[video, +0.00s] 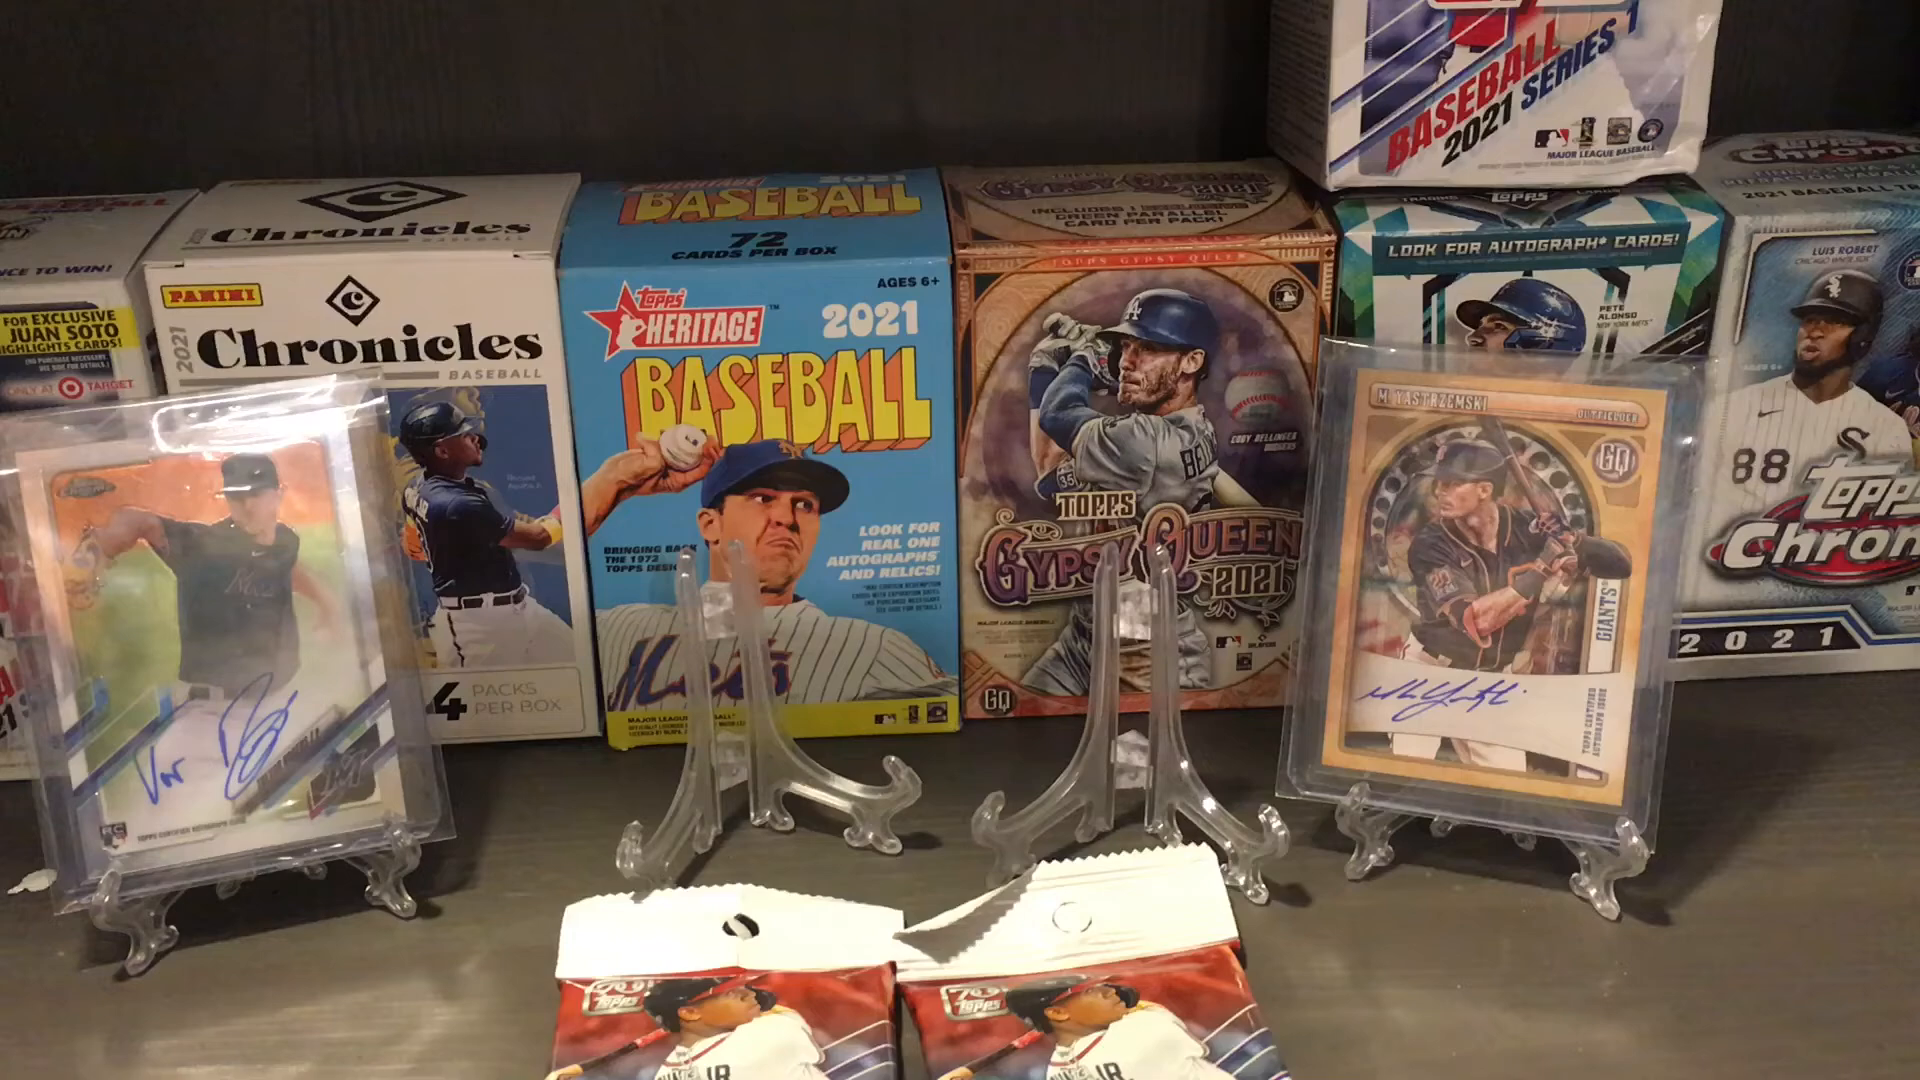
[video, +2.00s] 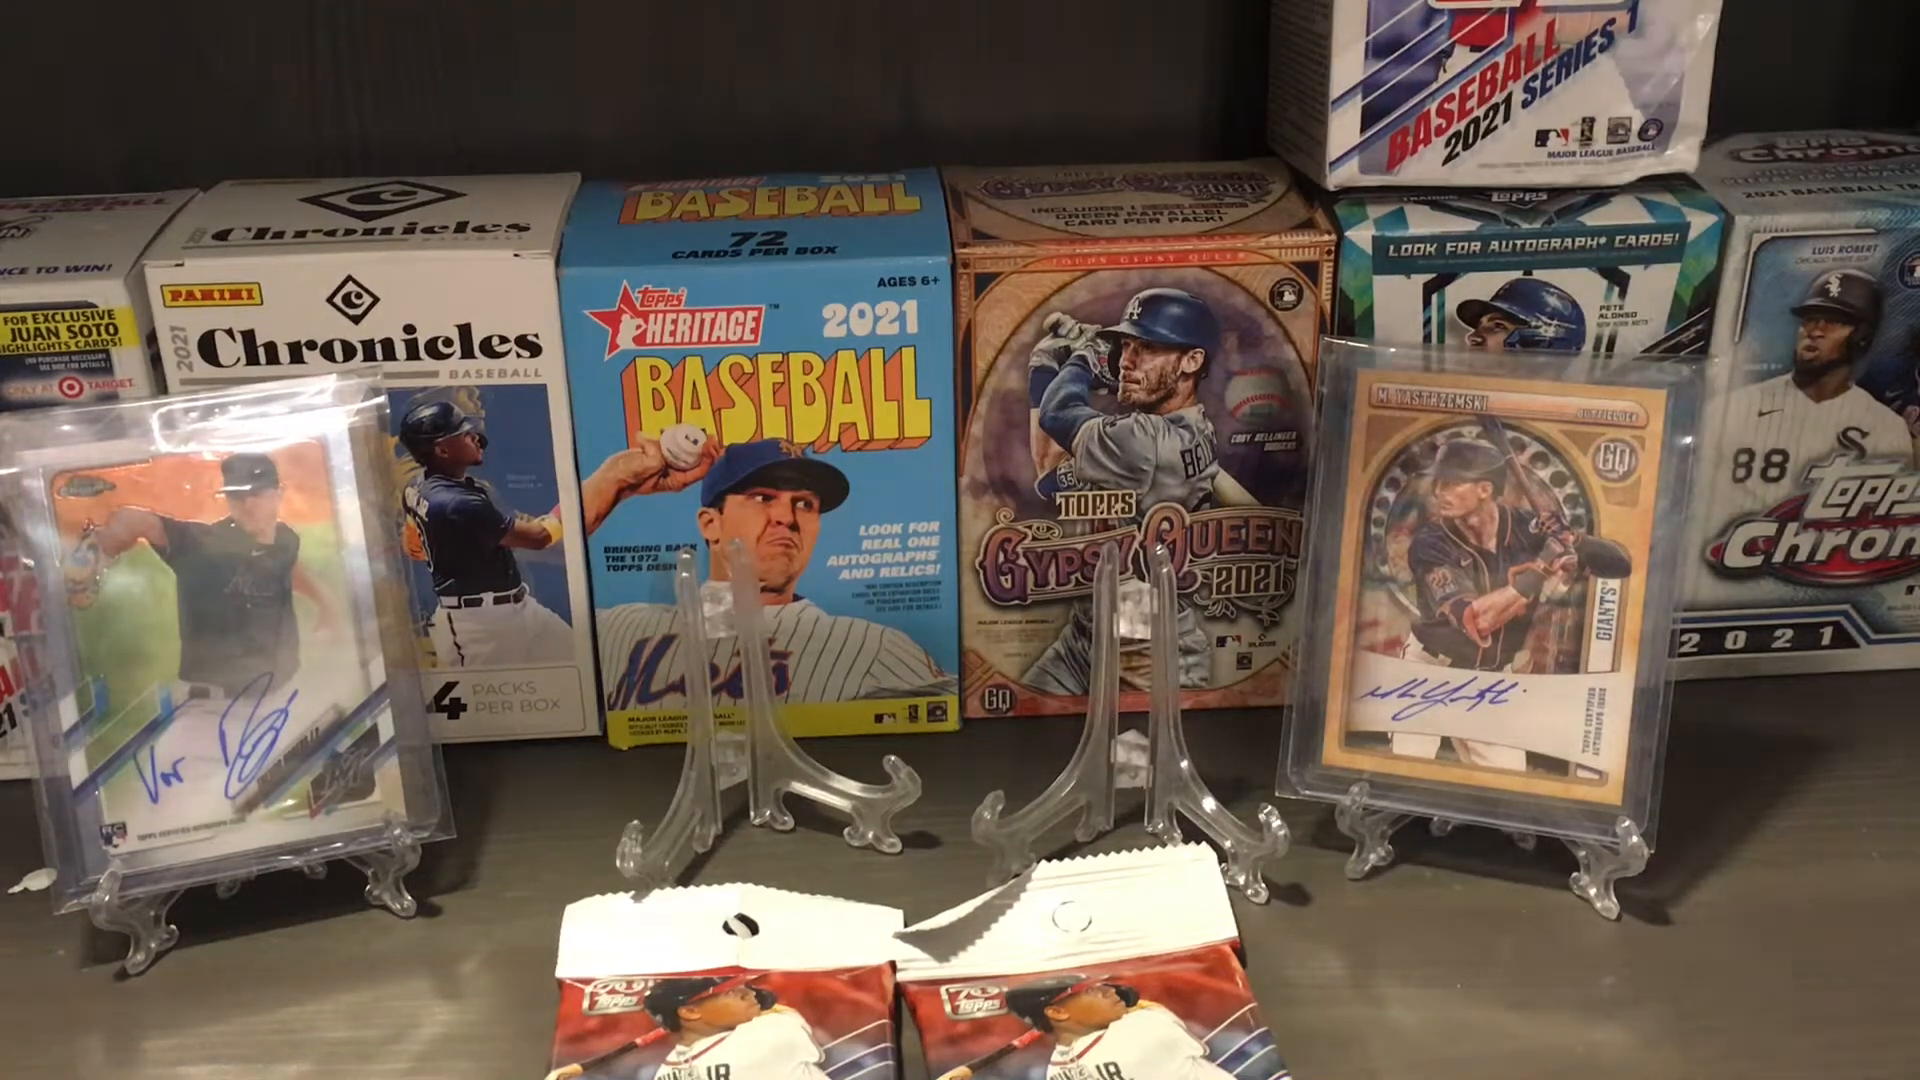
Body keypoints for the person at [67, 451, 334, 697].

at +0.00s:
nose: (245, 505)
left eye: (254, 494)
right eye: (236, 497)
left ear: (277, 495)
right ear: (227, 500)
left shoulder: (286, 542)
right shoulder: (199, 544)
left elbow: (286, 571)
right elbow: (134, 520)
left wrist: (325, 601)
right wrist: (99, 551)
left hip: (278, 699)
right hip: (215, 705)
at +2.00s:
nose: (247, 503)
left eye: (256, 493)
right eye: (237, 495)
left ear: (278, 495)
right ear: (227, 499)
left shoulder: (286, 542)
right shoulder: (198, 542)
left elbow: (288, 570)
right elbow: (134, 519)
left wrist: (324, 601)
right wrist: (104, 546)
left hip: (278, 702)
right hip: (214, 706)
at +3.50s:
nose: (248, 504)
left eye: (257, 493)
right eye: (237, 495)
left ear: (277, 496)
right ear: (227, 501)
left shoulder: (287, 543)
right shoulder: (199, 544)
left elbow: (290, 571)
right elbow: (132, 519)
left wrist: (323, 601)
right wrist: (92, 557)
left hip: (278, 697)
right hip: (215, 702)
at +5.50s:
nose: (251, 505)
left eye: (259, 494)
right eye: (240, 496)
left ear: (278, 495)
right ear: (229, 501)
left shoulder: (286, 542)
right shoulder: (199, 543)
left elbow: (292, 570)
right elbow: (135, 520)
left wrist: (324, 602)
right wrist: (103, 544)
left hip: (277, 699)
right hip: (215, 704)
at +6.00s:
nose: (249, 506)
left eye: (258, 496)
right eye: (238, 498)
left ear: (276, 495)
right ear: (227, 501)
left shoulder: (286, 541)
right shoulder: (200, 542)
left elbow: (292, 569)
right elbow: (143, 523)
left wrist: (321, 599)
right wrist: (114, 536)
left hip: (276, 688)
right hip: (214, 694)